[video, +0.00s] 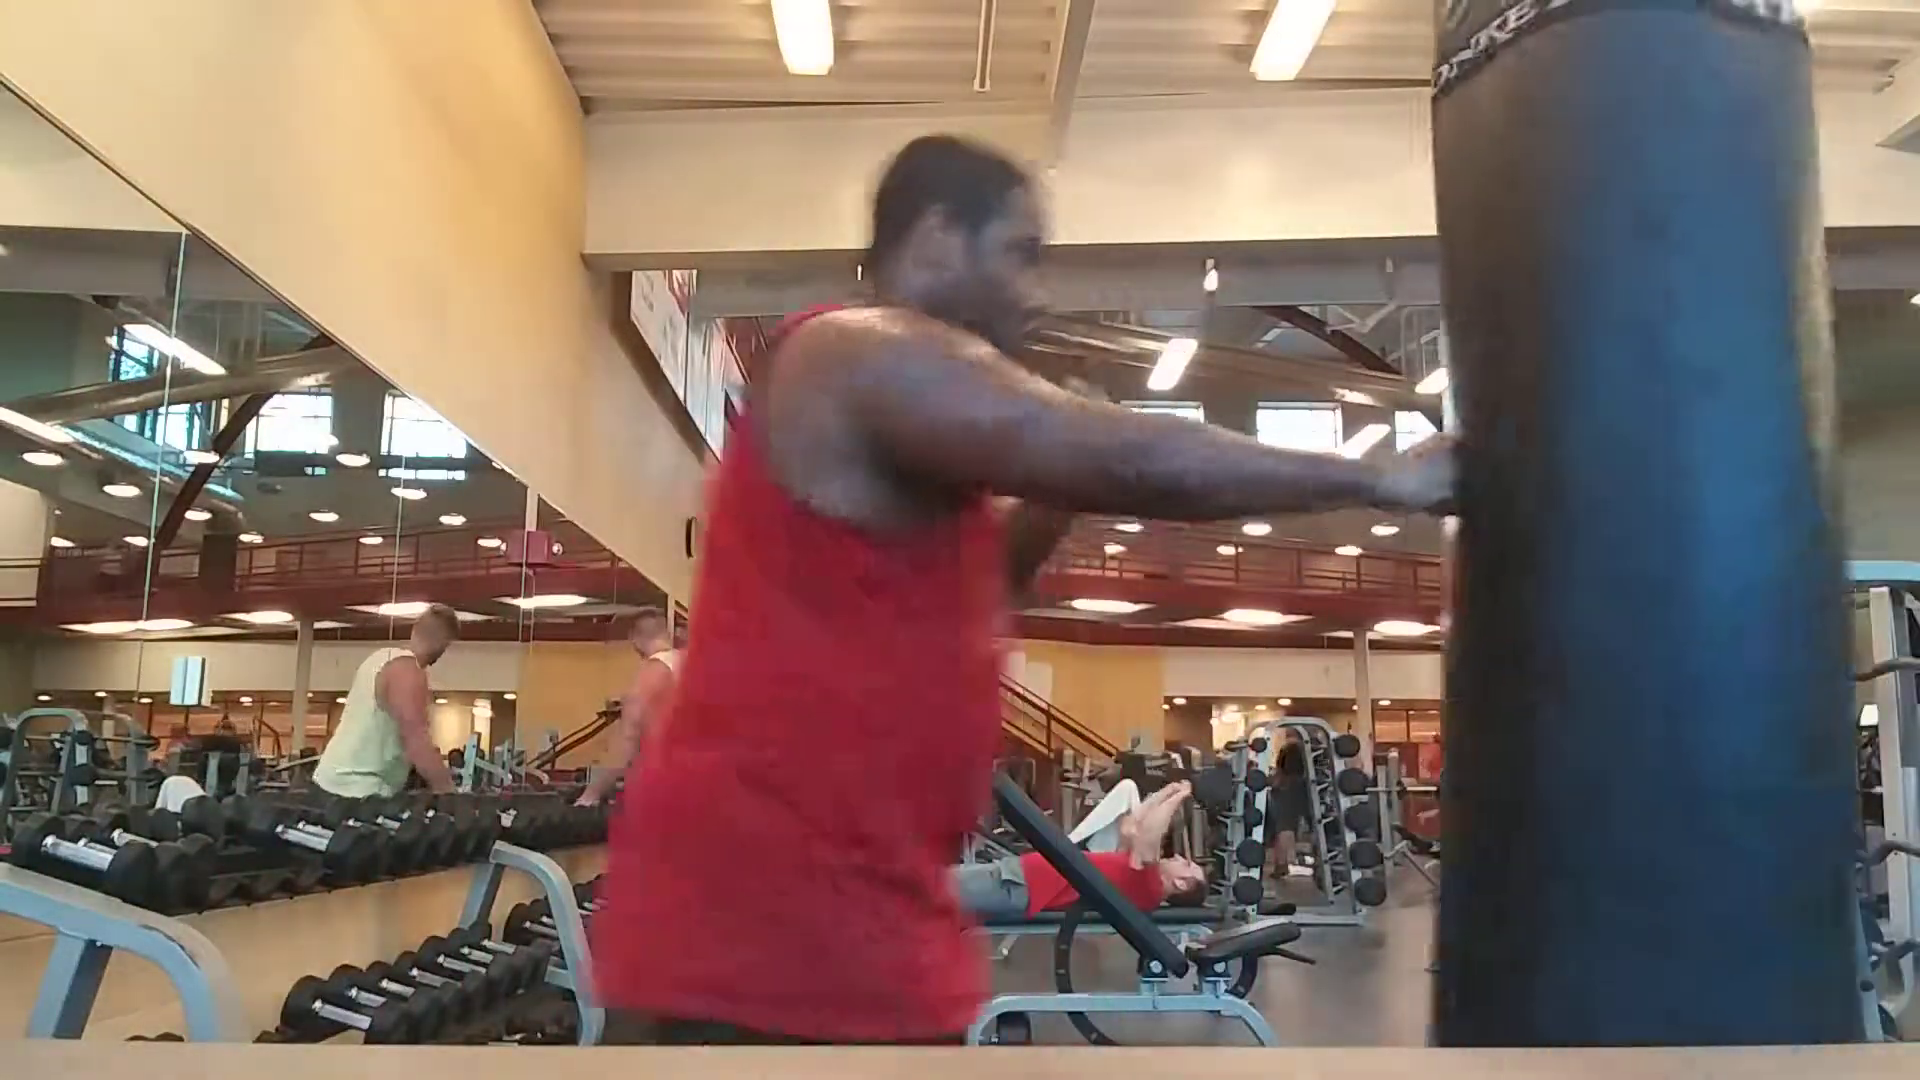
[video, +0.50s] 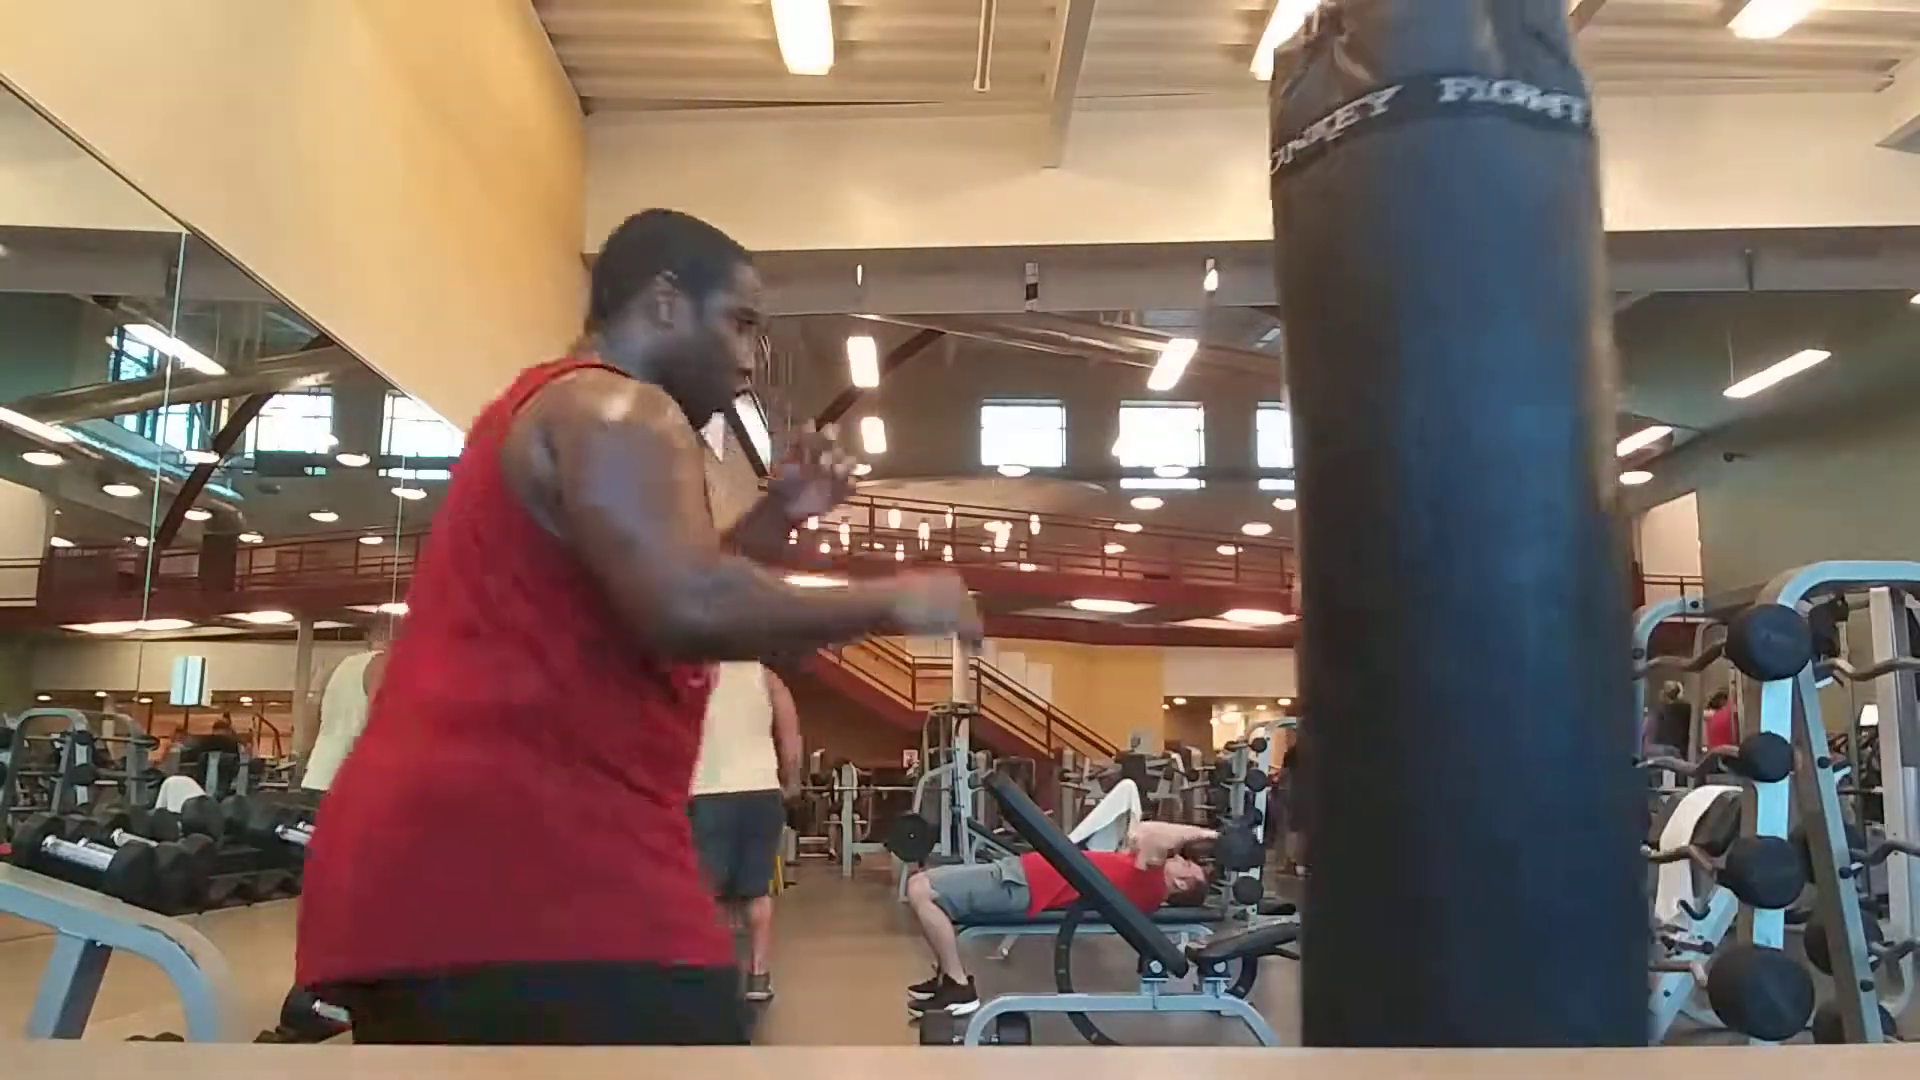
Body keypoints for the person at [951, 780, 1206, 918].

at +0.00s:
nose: (1185, 860)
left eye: (1190, 868)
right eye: (1190, 861)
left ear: (1179, 883)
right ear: (1177, 875)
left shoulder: (1148, 890)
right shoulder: (1137, 875)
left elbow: (1146, 835)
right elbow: (1128, 828)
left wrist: (1175, 800)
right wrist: (1162, 797)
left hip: (1019, 886)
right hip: (1015, 873)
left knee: (930, 892)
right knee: (931, 886)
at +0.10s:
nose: (1183, 860)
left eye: (1188, 867)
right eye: (1189, 861)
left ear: (1180, 885)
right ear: (1177, 872)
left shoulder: (1148, 886)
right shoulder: (1142, 873)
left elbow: (1150, 829)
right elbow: (1134, 825)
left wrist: (1190, 801)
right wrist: (1180, 798)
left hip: (1022, 885)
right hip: (1019, 872)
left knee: (921, 889)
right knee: (921, 881)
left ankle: (958, 985)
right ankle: (945, 977)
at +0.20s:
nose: (1183, 863)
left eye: (1189, 869)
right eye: (1189, 863)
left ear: (1179, 887)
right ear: (1177, 869)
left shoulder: (1147, 888)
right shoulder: (1141, 873)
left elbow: (1151, 829)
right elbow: (1138, 826)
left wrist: (1198, 809)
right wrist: (1192, 809)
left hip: (1022, 886)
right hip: (1018, 871)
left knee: (921, 890)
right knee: (919, 880)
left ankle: (958, 985)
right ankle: (944, 975)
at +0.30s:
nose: (1182, 857)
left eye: (1188, 865)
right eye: (1189, 859)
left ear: (1179, 885)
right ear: (1178, 877)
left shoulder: (1148, 888)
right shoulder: (1142, 873)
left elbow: (1150, 830)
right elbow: (1140, 830)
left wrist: (1203, 818)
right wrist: (1197, 818)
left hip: (1022, 886)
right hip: (1018, 871)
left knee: (921, 890)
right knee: (921, 880)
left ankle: (957, 984)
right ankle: (945, 974)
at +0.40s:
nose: (1184, 860)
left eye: (1189, 869)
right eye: (1190, 860)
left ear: (1181, 885)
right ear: (1178, 859)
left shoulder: (1149, 888)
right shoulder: (1143, 873)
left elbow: (1150, 831)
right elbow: (1141, 832)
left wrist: (1205, 827)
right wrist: (1199, 826)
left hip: (1024, 886)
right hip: (1018, 871)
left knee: (920, 891)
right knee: (920, 882)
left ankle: (958, 985)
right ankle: (945, 976)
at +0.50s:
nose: (1186, 863)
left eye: (1191, 871)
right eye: (1191, 863)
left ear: (1182, 885)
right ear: (1181, 860)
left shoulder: (1149, 888)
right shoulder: (1144, 875)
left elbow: (1146, 835)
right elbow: (1141, 834)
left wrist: (1205, 833)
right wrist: (1200, 832)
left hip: (1024, 886)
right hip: (1018, 871)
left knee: (921, 891)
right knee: (920, 881)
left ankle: (958, 985)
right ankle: (944, 977)